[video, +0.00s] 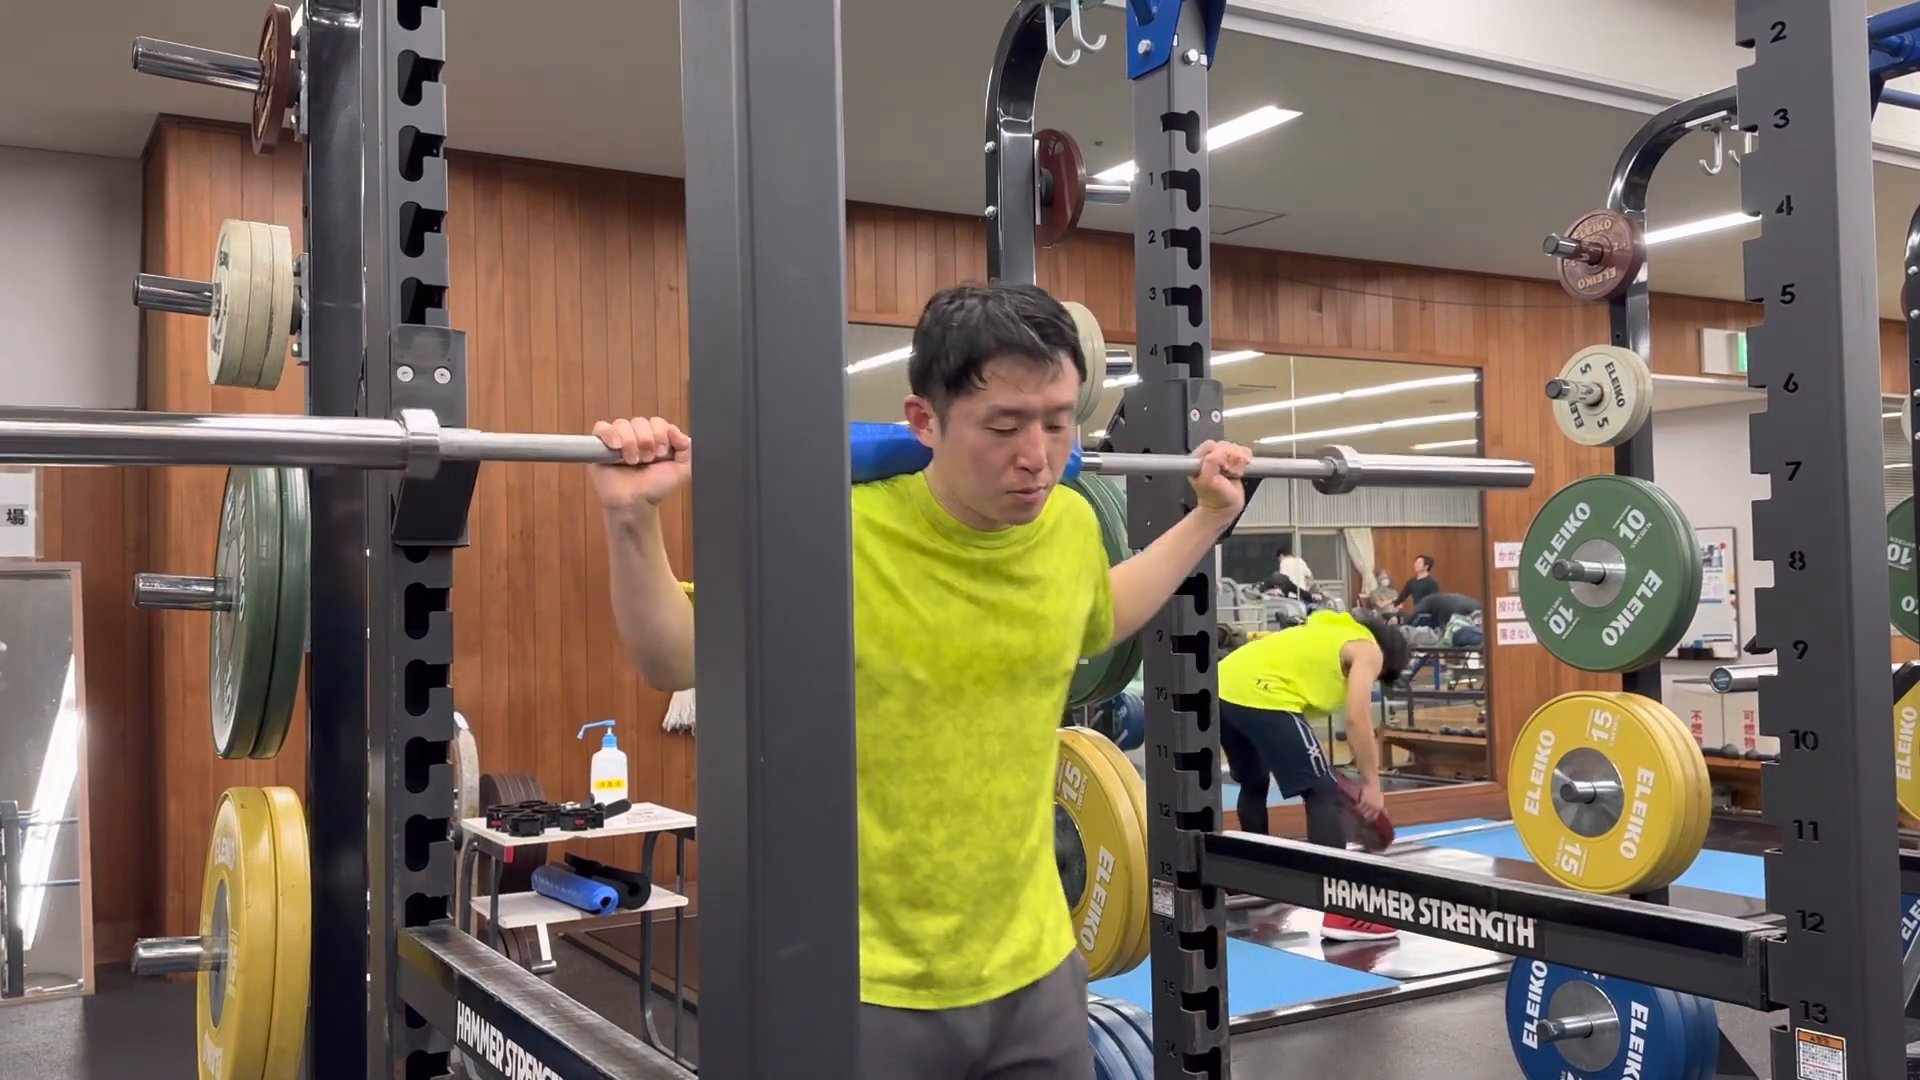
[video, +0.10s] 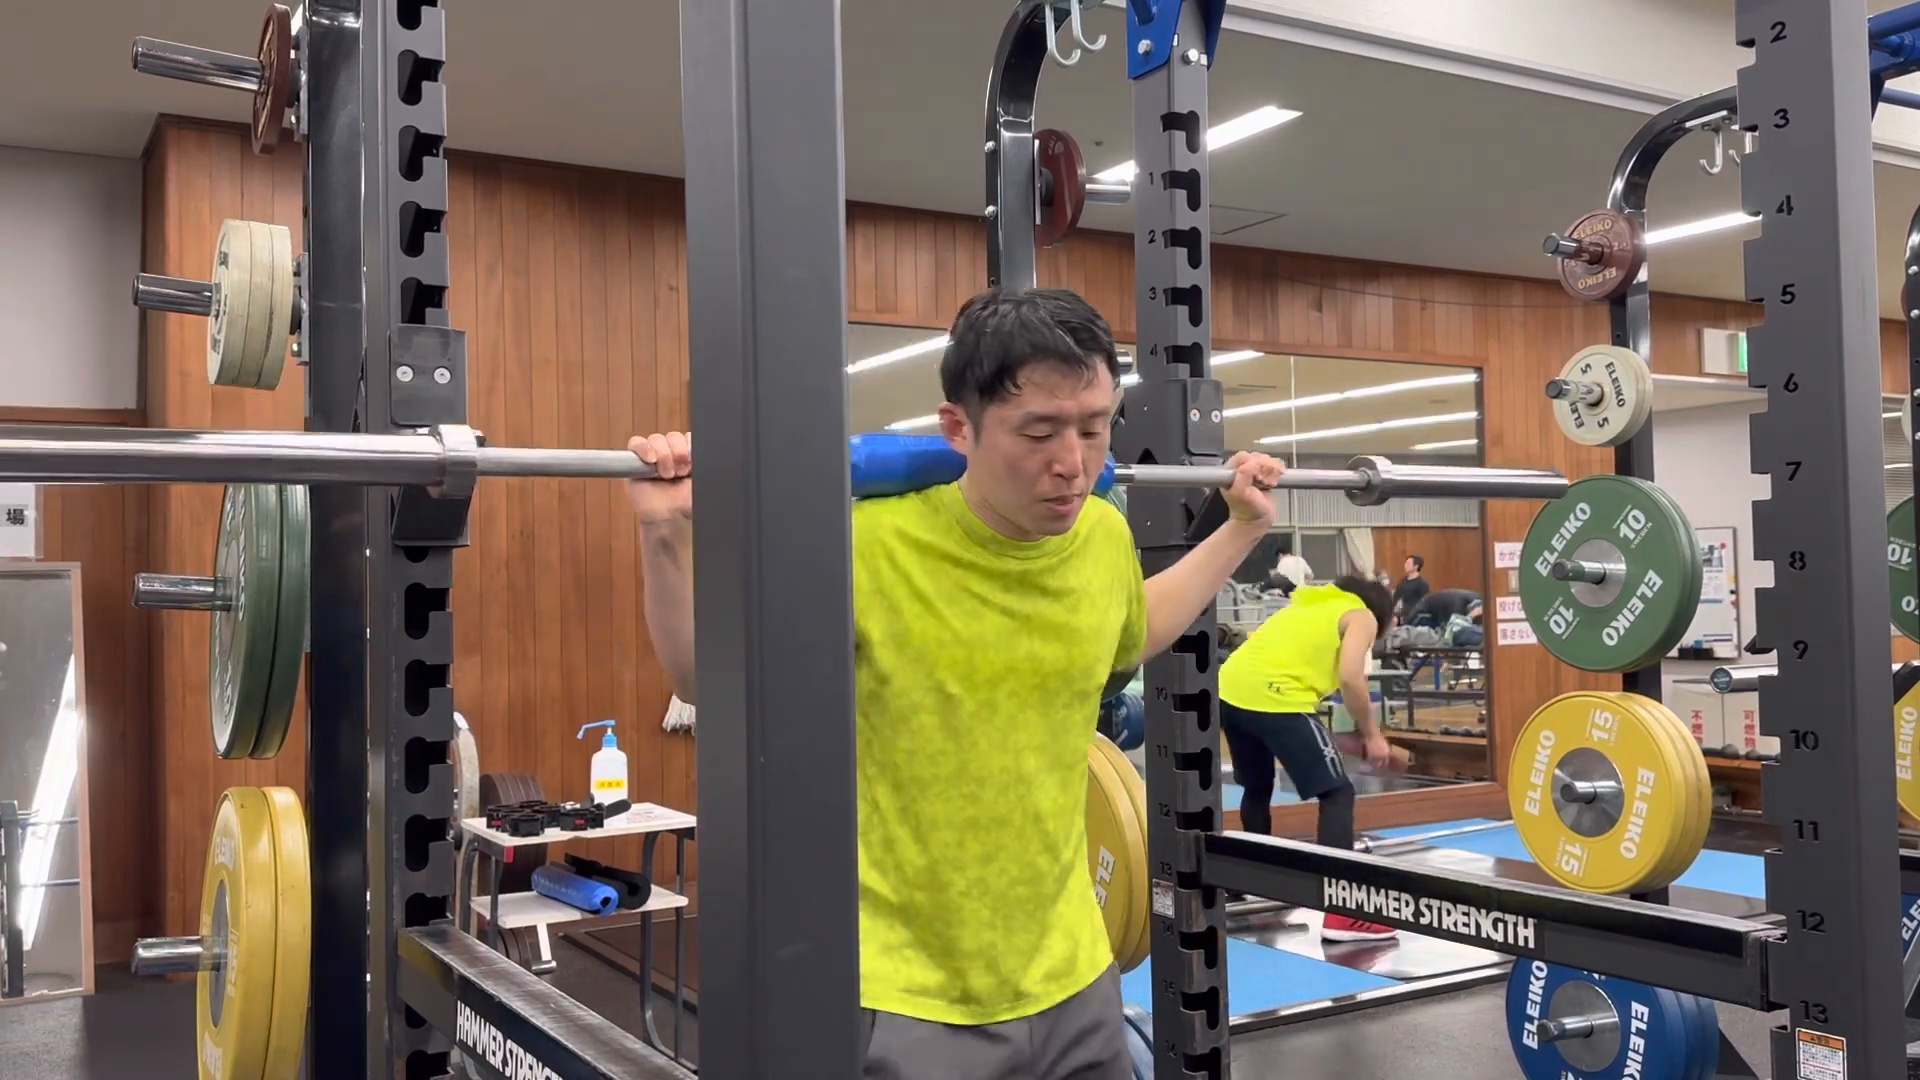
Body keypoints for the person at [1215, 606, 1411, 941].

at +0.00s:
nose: (1377, 679)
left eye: (1382, 675)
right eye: (1383, 672)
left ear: (1368, 626)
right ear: (1384, 652)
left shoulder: (1322, 628)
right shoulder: (1366, 648)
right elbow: (1357, 719)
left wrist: (1322, 774)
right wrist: (1372, 783)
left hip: (1222, 692)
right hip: (1268, 701)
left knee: (1252, 786)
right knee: (1323, 795)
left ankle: (1259, 881)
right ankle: (1341, 908)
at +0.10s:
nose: (1381, 631)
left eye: (1384, 628)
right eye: (1383, 625)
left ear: (1345, 589)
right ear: (1376, 611)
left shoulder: (1306, 602)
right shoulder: (1361, 614)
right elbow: (1350, 677)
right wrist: (1372, 734)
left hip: (1231, 694)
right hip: (1280, 701)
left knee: (1256, 790)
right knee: (1338, 794)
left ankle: (1261, 884)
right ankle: (1342, 909)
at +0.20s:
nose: (1376, 604)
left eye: (1377, 598)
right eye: (1374, 595)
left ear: (1328, 571)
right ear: (1362, 583)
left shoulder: (1289, 587)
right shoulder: (1356, 593)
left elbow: (1257, 638)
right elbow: (1355, 649)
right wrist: (1376, 700)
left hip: (1243, 695)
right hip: (1295, 701)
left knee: (1261, 791)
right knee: (1350, 794)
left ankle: (1262, 887)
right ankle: (1342, 909)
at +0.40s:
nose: (1346, 552)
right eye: (1343, 546)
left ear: (1290, 545)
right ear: (1334, 546)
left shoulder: (1260, 580)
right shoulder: (1344, 568)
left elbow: (1236, 642)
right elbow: (1358, 613)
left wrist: (1272, 658)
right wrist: (1379, 652)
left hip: (1260, 696)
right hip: (1320, 697)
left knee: (1275, 788)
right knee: (1353, 797)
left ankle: (1295, 885)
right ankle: (1342, 904)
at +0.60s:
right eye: (1293, 520)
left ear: (1251, 537)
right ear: (1292, 527)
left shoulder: (1238, 573)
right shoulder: (1318, 555)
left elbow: (1224, 637)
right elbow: (1354, 586)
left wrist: (1259, 658)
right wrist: (1373, 626)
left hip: (1264, 688)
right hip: (1323, 684)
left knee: (1281, 794)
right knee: (1346, 793)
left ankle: (1310, 892)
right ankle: (1354, 897)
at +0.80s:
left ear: (1234, 517)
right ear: (1273, 510)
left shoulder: (1222, 557)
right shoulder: (1297, 543)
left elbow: (1213, 615)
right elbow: (1343, 591)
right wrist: (1341, 630)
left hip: (1256, 688)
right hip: (1312, 682)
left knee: (1277, 787)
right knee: (1329, 762)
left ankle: (1301, 872)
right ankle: (1363, 838)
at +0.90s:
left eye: (1225, 513)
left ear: (1232, 518)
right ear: (1267, 513)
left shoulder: (1217, 555)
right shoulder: (1291, 544)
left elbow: (1204, 614)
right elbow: (1339, 598)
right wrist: (1318, 628)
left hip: (1250, 682)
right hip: (1301, 677)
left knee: (1273, 786)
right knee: (1303, 760)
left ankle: (1298, 870)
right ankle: (1342, 839)